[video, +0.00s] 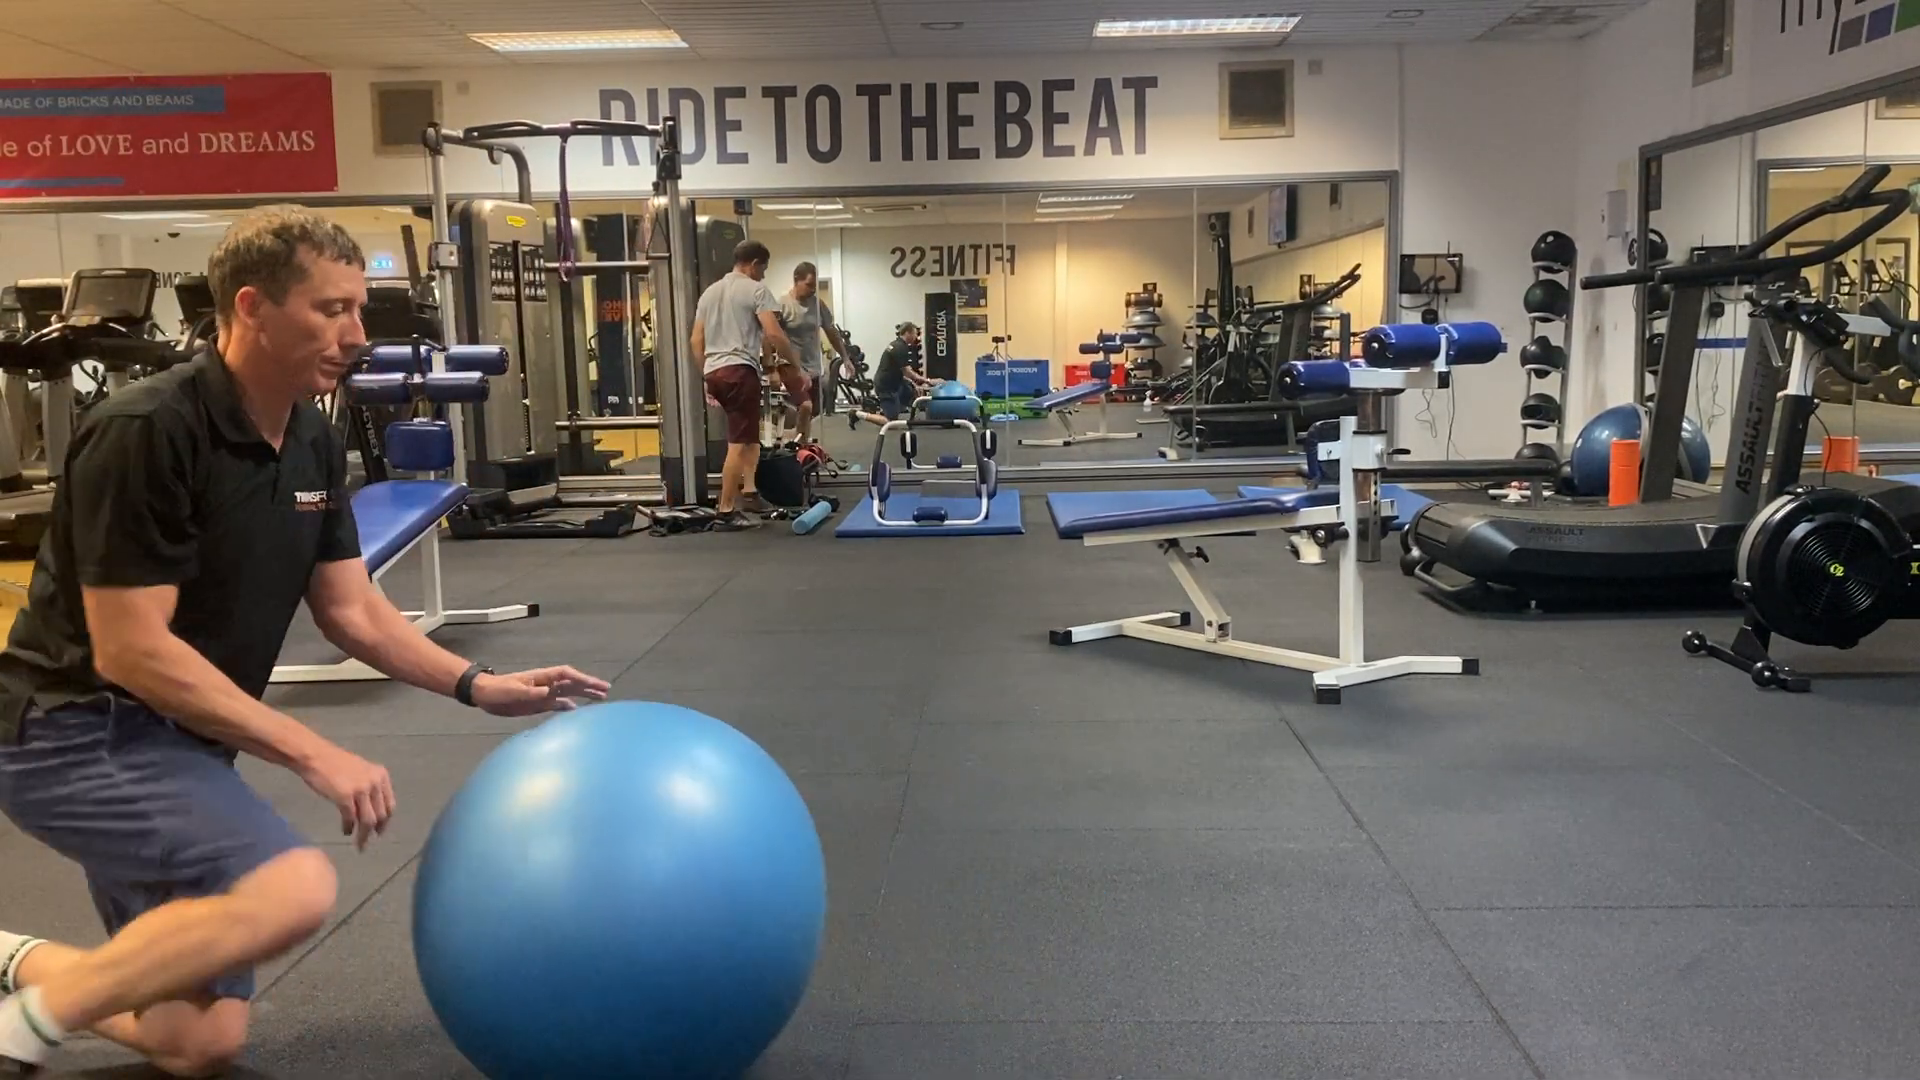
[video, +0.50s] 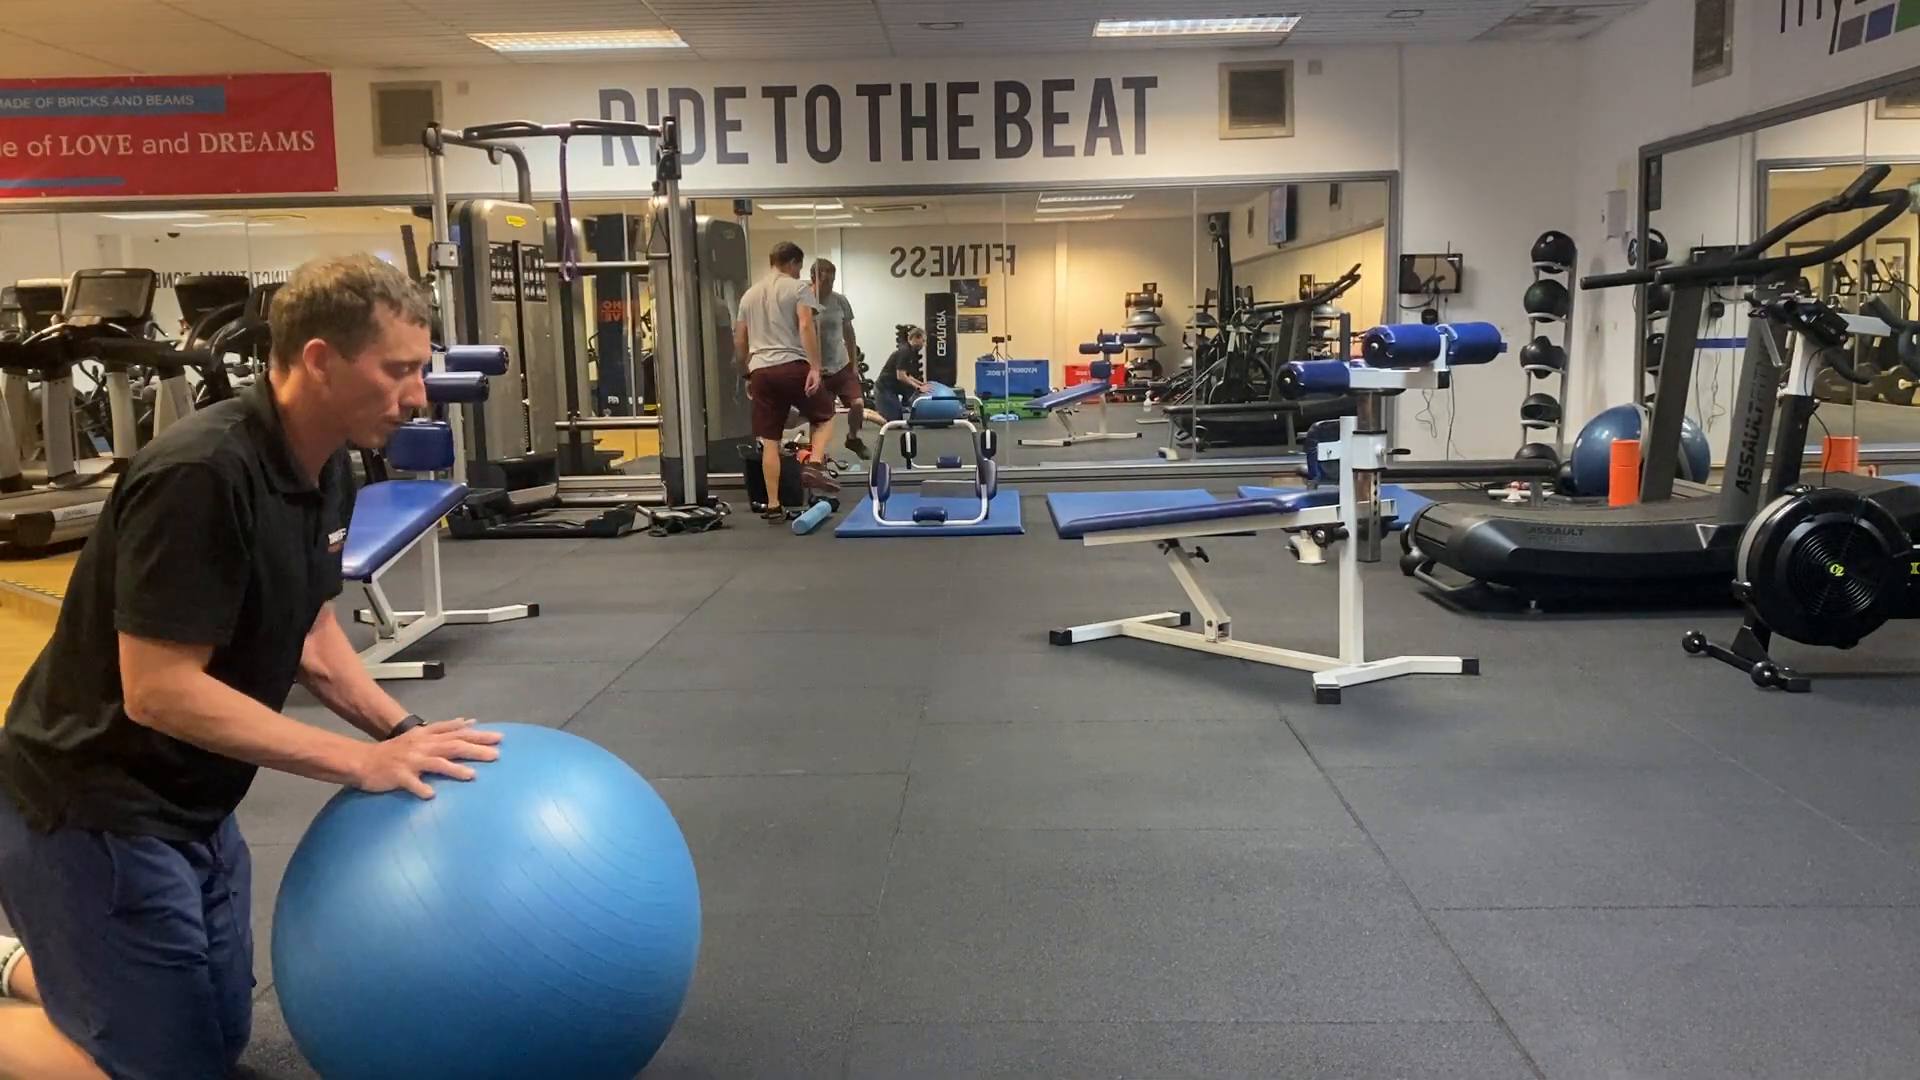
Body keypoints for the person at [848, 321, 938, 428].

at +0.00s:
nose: (916, 337)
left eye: (916, 334)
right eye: (914, 334)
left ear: (906, 333)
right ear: (907, 333)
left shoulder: (897, 344)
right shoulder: (901, 347)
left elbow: (901, 373)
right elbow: (907, 371)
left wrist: (914, 384)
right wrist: (928, 381)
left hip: (895, 382)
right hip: (886, 386)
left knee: (910, 394)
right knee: (891, 421)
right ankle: (857, 414)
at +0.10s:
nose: (914, 336)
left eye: (914, 333)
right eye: (913, 333)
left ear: (904, 332)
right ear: (904, 332)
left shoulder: (897, 344)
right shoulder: (899, 347)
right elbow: (904, 373)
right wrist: (924, 383)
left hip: (897, 385)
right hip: (887, 386)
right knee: (892, 421)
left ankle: (874, 412)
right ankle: (857, 414)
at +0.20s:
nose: (914, 335)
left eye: (914, 333)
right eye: (912, 332)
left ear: (904, 332)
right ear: (904, 332)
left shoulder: (896, 345)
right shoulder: (899, 347)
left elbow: (902, 371)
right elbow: (899, 372)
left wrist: (916, 379)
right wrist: (919, 385)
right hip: (887, 386)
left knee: (895, 418)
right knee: (893, 421)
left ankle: (864, 412)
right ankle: (860, 415)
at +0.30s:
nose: (916, 336)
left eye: (916, 333)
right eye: (914, 333)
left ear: (906, 333)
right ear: (906, 333)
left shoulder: (903, 346)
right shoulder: (900, 346)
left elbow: (902, 372)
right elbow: (894, 371)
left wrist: (916, 380)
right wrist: (912, 384)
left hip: (892, 385)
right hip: (887, 386)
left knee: (897, 420)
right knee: (892, 421)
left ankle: (865, 412)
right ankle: (860, 414)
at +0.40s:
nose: (920, 338)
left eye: (920, 335)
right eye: (919, 335)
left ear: (912, 335)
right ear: (912, 335)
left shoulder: (909, 349)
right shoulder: (901, 348)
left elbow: (905, 374)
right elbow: (895, 372)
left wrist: (917, 383)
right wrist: (913, 385)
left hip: (895, 385)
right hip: (886, 385)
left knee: (897, 422)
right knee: (890, 421)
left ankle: (867, 413)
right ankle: (862, 414)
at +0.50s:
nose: (924, 344)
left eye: (924, 341)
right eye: (923, 340)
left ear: (915, 339)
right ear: (914, 339)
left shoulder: (911, 352)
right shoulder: (904, 351)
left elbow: (907, 375)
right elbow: (900, 376)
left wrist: (920, 384)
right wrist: (918, 387)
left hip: (892, 387)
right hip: (884, 387)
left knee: (897, 422)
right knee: (893, 422)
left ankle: (867, 413)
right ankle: (866, 414)